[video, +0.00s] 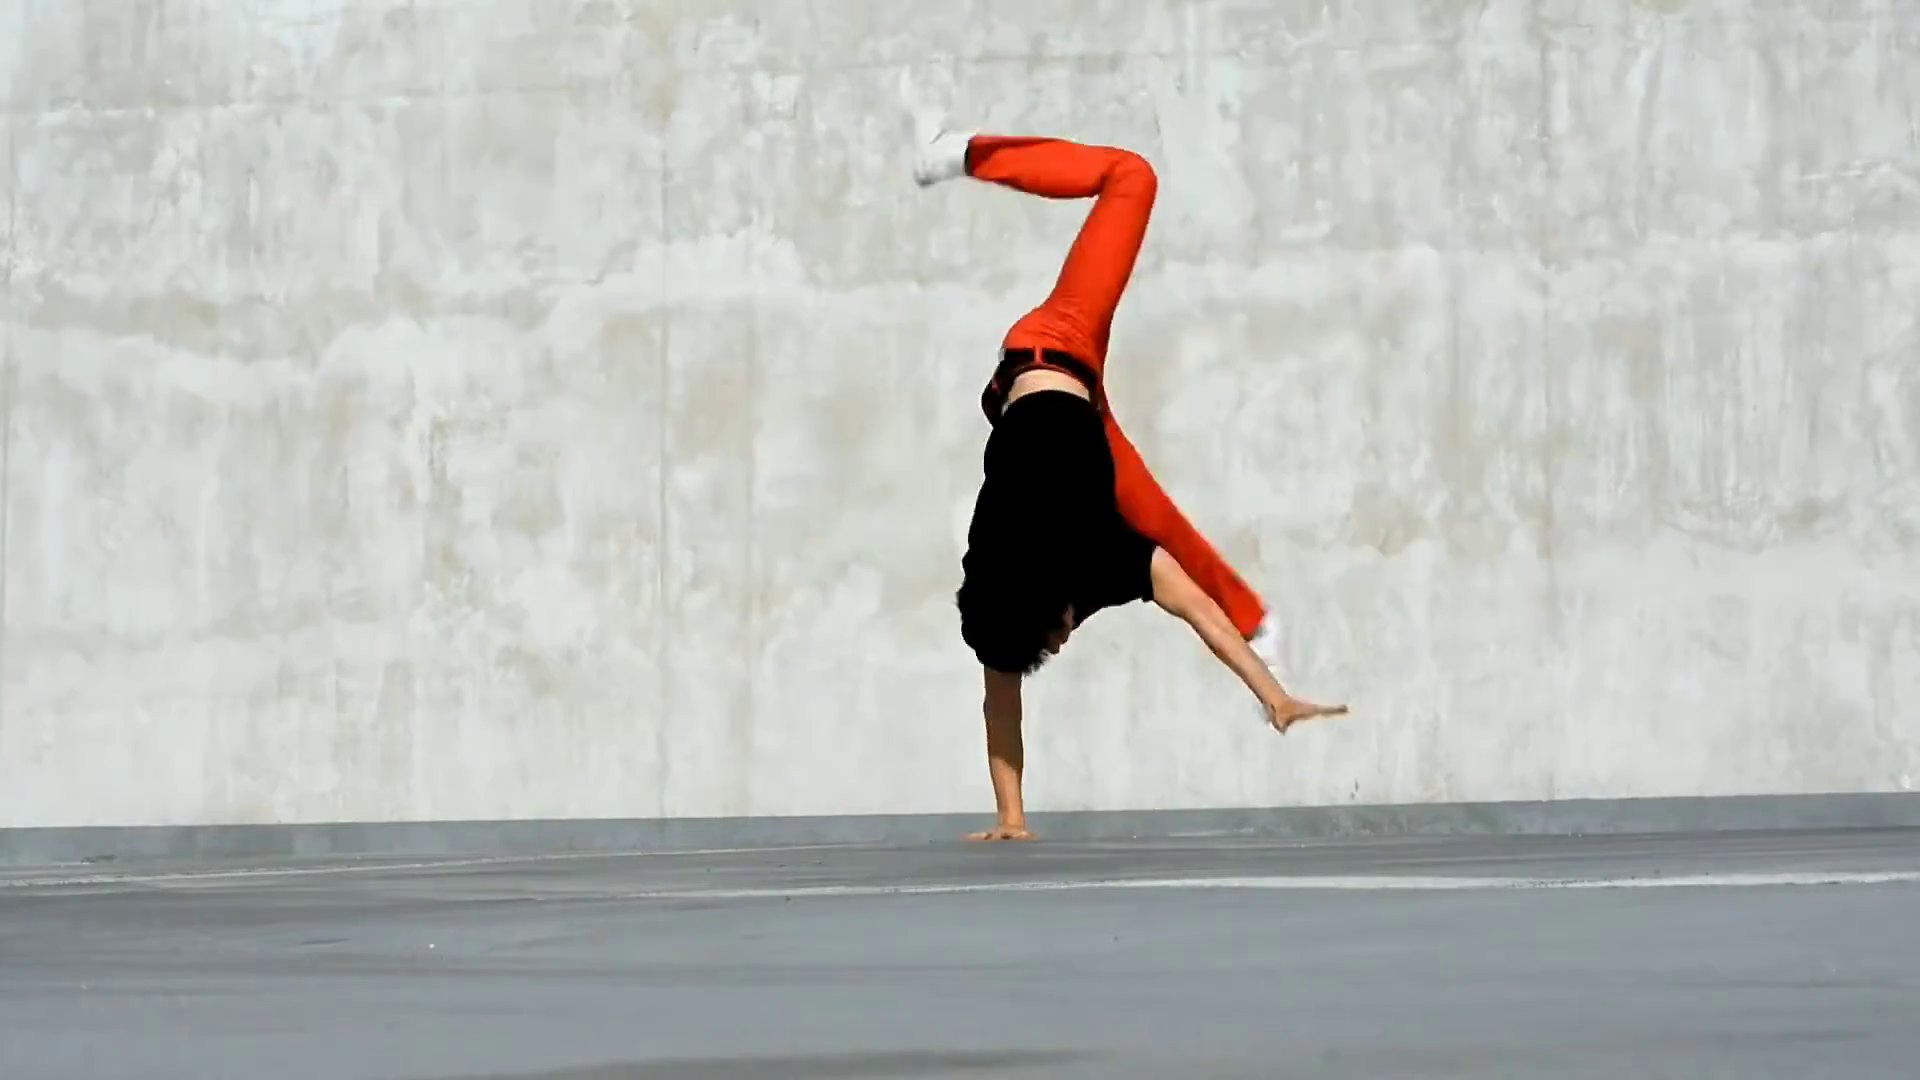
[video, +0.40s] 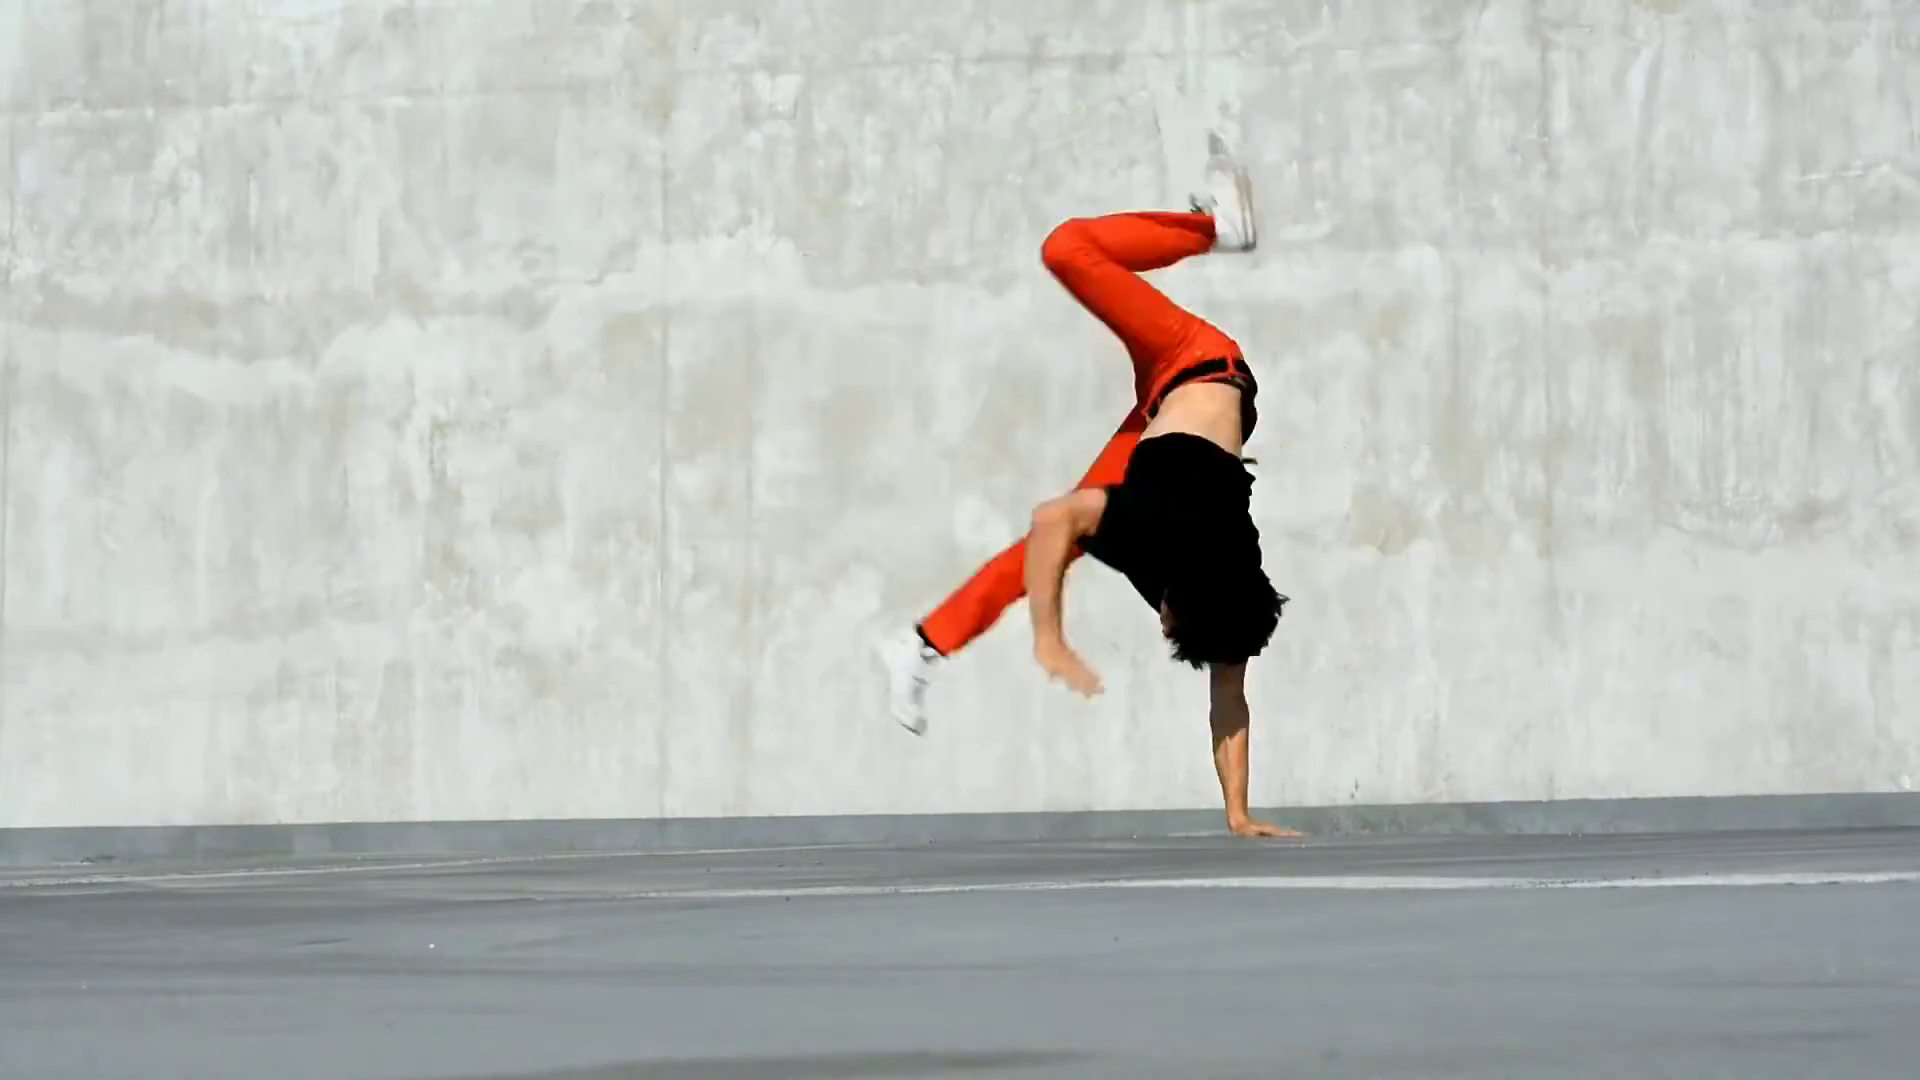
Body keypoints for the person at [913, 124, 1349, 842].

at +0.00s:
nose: (1054, 655)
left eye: (1050, 647)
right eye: (1040, 657)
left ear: (1055, 618)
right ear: (1015, 633)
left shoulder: (1115, 566)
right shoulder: (993, 608)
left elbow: (1197, 611)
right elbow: (1002, 711)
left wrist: (1275, 703)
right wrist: (1011, 820)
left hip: (1053, 351)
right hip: (1041, 404)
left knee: (1129, 173)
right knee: (1163, 524)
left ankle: (976, 156)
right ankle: (1254, 620)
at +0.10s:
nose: (1056, 671)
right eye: (1053, 662)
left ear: (1089, 643)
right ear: (1056, 633)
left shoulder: (1154, 585)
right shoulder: (1018, 599)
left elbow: (1224, 673)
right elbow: (1011, 709)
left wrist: (1270, 793)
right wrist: (1012, 821)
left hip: (1118, 356)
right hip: (1035, 384)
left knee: (1245, 237)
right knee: (987, 499)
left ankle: (1182, 70)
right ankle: (921, 597)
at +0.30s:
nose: (1174, 656)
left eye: (1188, 654)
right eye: (1159, 652)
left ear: (1200, 639)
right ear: (1140, 637)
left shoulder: (1229, 599)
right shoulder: (1094, 589)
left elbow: (1231, 697)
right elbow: (1023, 666)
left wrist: (1240, 814)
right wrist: (1012, 786)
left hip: (1217, 377)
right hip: (1134, 348)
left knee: (1212, 508)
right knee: (945, 327)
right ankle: (958, 156)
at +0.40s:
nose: (1169, 641)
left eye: (1183, 646)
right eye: (1176, 636)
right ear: (1177, 606)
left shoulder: (1229, 593)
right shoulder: (1144, 537)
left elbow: (1229, 696)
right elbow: (1053, 518)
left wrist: (1238, 813)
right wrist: (1049, 639)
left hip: (1197, 412)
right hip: (1195, 361)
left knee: (1051, 550)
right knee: (1067, 249)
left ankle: (923, 647)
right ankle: (1214, 227)